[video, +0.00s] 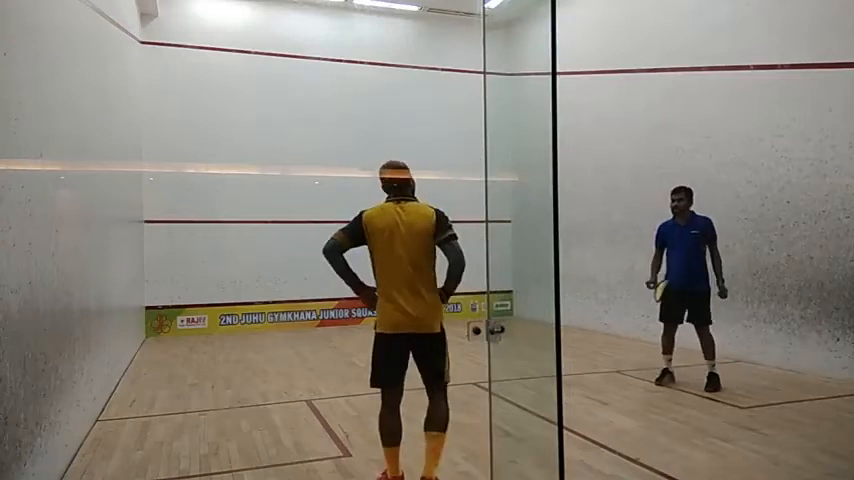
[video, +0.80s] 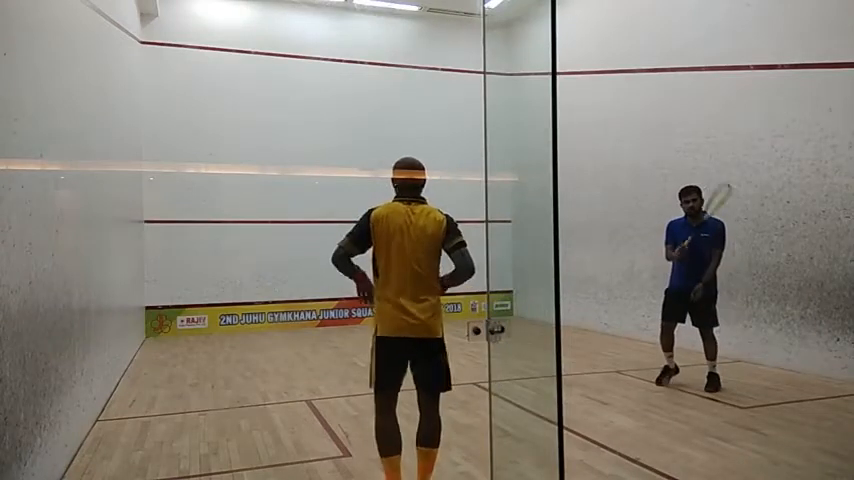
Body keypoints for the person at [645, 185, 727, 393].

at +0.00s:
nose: (675, 204)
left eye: (680, 200)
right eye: (673, 201)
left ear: (690, 202)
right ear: (670, 203)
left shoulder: (704, 224)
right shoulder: (664, 229)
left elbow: (714, 253)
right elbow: (658, 255)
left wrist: (720, 281)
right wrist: (653, 277)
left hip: (698, 288)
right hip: (673, 288)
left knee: (702, 329)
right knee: (668, 328)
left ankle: (712, 373)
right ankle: (667, 370)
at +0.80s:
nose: (690, 205)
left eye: (694, 201)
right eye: (686, 202)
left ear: (702, 201)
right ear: (681, 205)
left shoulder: (716, 227)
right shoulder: (674, 226)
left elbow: (716, 260)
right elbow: (668, 255)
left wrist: (703, 284)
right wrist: (676, 254)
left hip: (703, 287)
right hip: (677, 287)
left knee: (706, 332)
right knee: (666, 328)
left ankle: (712, 373)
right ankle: (670, 366)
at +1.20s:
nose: (672, 209)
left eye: (677, 204)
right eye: (670, 205)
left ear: (688, 204)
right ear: (667, 206)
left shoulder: (704, 226)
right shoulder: (664, 228)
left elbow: (702, 256)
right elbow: (666, 257)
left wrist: (677, 268)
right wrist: (677, 247)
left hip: (696, 285)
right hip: (671, 283)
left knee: (702, 330)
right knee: (655, 324)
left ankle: (712, 373)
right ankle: (664, 363)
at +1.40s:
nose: (647, 212)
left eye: (650, 208)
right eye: (645, 209)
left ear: (663, 207)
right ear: (644, 210)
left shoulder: (683, 225)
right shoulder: (645, 234)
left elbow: (683, 258)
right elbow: (654, 260)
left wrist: (655, 270)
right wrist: (683, 246)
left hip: (685, 288)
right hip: (660, 288)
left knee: (697, 333)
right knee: (643, 327)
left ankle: (711, 373)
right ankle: (640, 377)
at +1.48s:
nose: (637, 214)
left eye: (640, 210)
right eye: (635, 210)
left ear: (653, 209)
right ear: (635, 212)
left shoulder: (672, 227)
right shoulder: (636, 235)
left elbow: (673, 261)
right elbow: (637, 262)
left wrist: (649, 282)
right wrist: (665, 263)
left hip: (679, 289)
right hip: (654, 290)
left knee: (692, 332)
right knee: (643, 331)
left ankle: (710, 372)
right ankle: (638, 379)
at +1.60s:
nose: (617, 213)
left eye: (621, 209)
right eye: (618, 209)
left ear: (632, 210)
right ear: (630, 211)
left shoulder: (650, 230)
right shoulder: (626, 237)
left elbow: (661, 260)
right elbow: (612, 264)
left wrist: (664, 288)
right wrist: (589, 284)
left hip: (664, 286)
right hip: (644, 289)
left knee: (674, 334)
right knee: (635, 330)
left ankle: (705, 366)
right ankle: (636, 378)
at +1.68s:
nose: (611, 212)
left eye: (614, 208)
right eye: (612, 208)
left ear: (624, 210)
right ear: (622, 210)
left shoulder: (641, 229)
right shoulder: (622, 235)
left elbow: (655, 257)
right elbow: (607, 257)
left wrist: (668, 284)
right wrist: (589, 272)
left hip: (656, 291)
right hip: (638, 292)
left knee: (661, 335)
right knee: (632, 330)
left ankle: (700, 364)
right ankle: (636, 378)